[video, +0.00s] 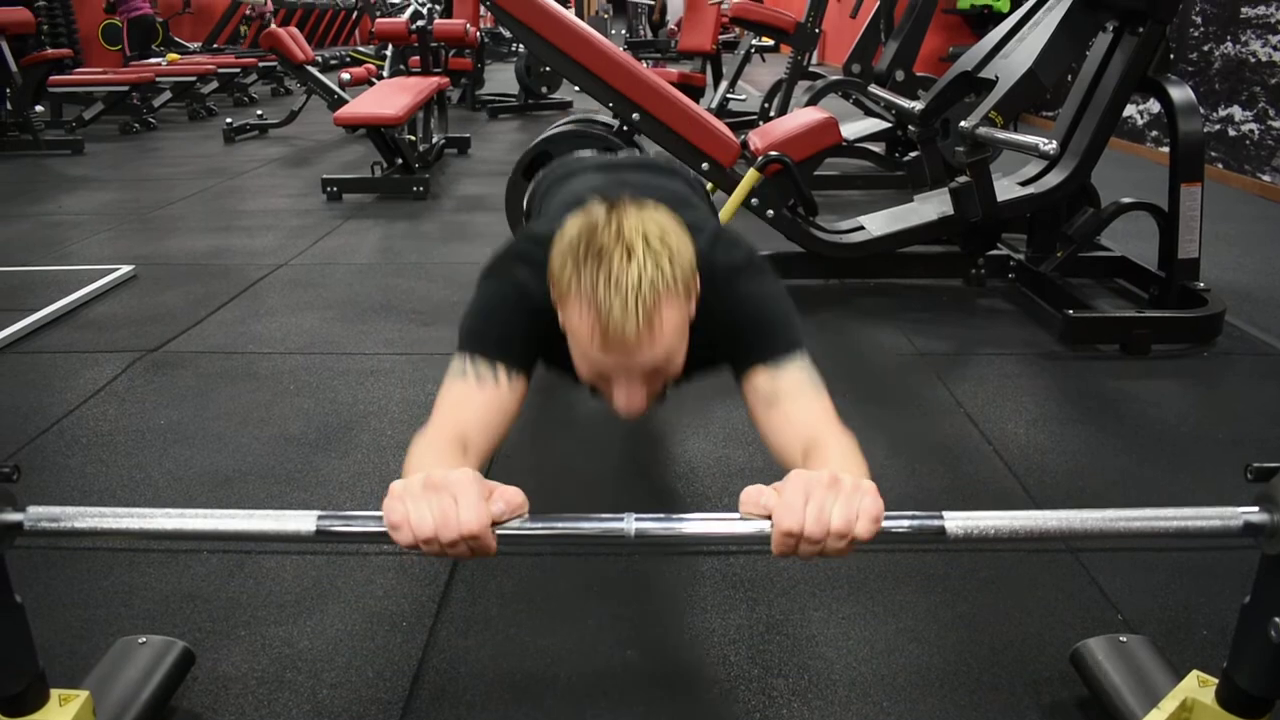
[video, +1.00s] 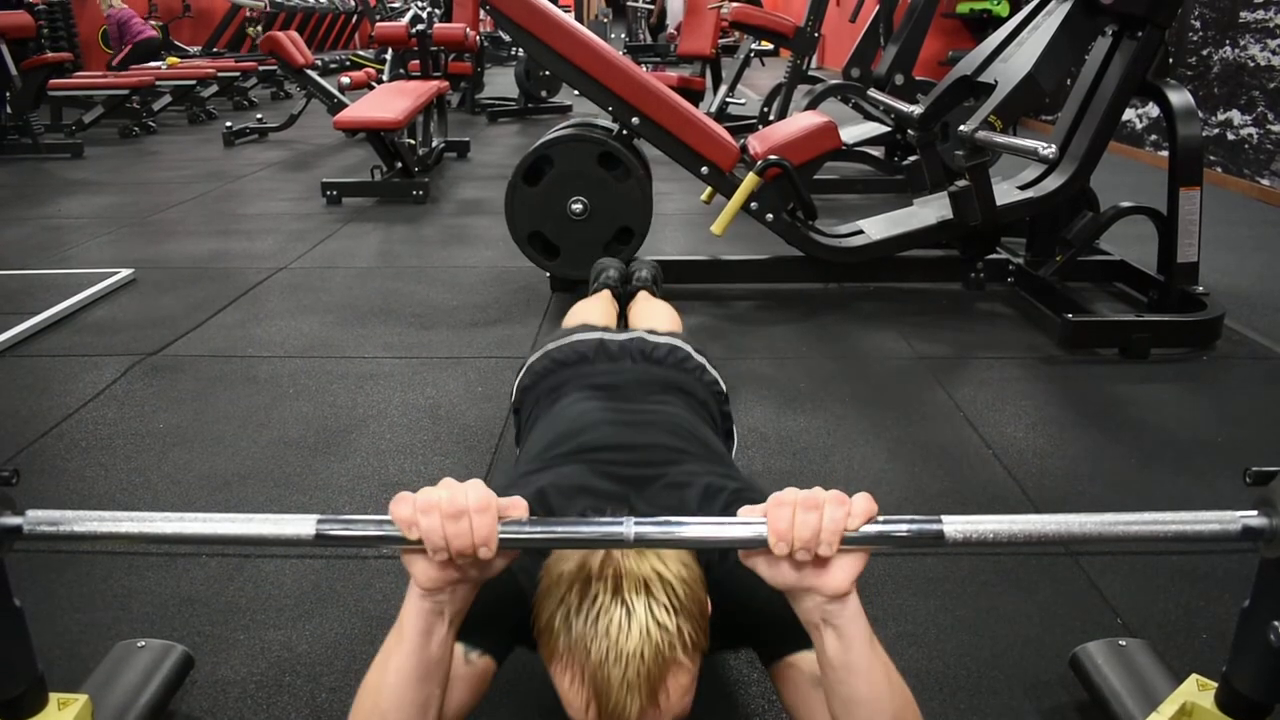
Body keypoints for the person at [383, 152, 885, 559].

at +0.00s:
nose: (629, 404)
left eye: (655, 373)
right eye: (601, 376)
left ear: (691, 300)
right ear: (561, 312)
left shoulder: (738, 277)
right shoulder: (519, 281)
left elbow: (821, 437)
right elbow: (453, 432)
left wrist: (830, 488)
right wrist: (439, 486)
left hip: (673, 173)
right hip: (559, 166)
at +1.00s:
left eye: (661, 712)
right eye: (596, 713)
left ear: (695, 636)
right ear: (551, 651)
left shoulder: (750, 567)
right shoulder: (504, 561)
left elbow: (855, 713)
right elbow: (409, 711)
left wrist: (835, 611)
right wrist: (432, 599)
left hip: (685, 378)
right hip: (558, 375)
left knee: (658, 324)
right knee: (582, 323)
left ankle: (639, 292)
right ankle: (601, 287)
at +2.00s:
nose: (642, 444)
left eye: (670, 417)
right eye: (619, 415)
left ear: (709, 359)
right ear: (582, 346)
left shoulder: (746, 309)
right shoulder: (541, 297)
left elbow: (824, 454)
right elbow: (455, 425)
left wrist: (822, 490)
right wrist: (436, 479)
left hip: (669, 191)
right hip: (559, 187)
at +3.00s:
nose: (617, 197)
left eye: (645, 164)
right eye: (587, 166)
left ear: (683, 125)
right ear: (552, 135)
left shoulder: (730, 125)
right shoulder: (518, 126)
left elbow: (782, 251)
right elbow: (467, 256)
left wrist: (824, 423)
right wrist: (449, 421)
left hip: (662, 249)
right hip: (573, 244)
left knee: (647, 268)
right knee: (591, 261)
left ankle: (639, 282)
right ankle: (601, 274)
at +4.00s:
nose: (621, 192)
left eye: (647, 159)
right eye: (592, 162)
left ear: (686, 111)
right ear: (553, 119)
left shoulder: (733, 104)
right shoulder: (517, 104)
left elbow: (786, 233)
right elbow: (460, 234)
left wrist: (822, 405)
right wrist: (442, 404)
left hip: (673, 208)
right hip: (565, 208)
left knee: (645, 246)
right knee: (586, 239)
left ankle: (639, 258)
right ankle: (597, 253)